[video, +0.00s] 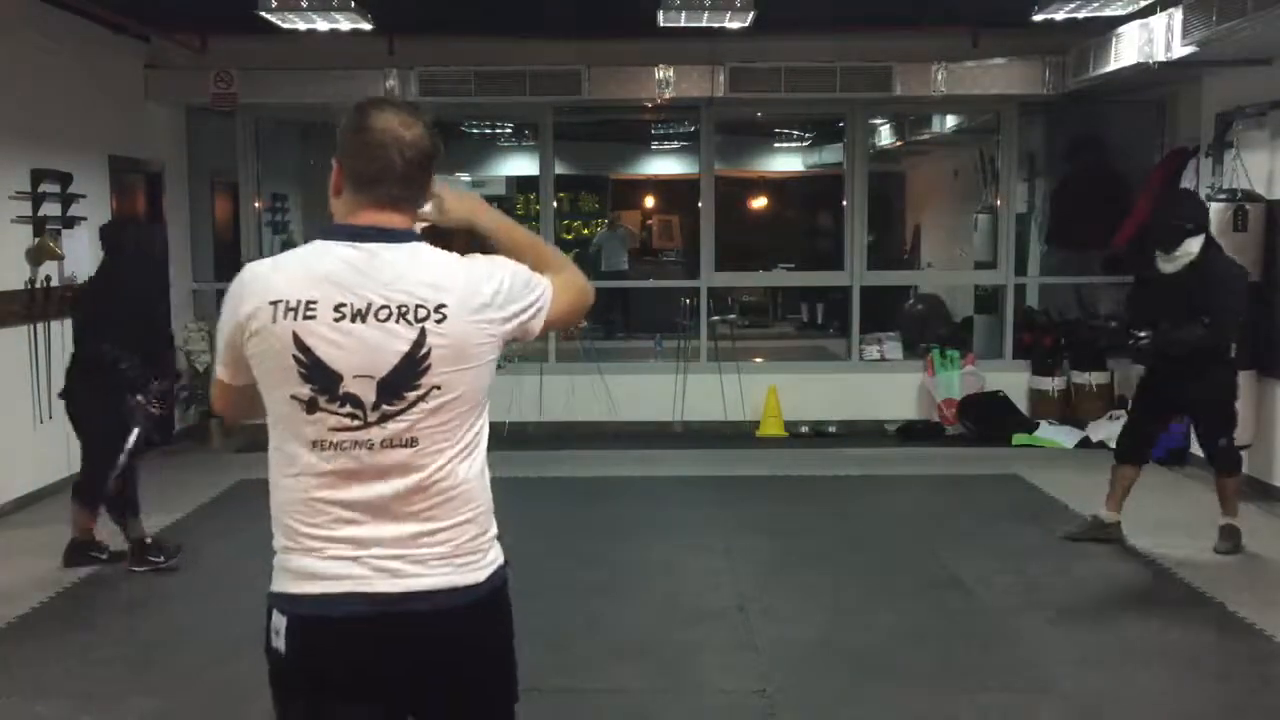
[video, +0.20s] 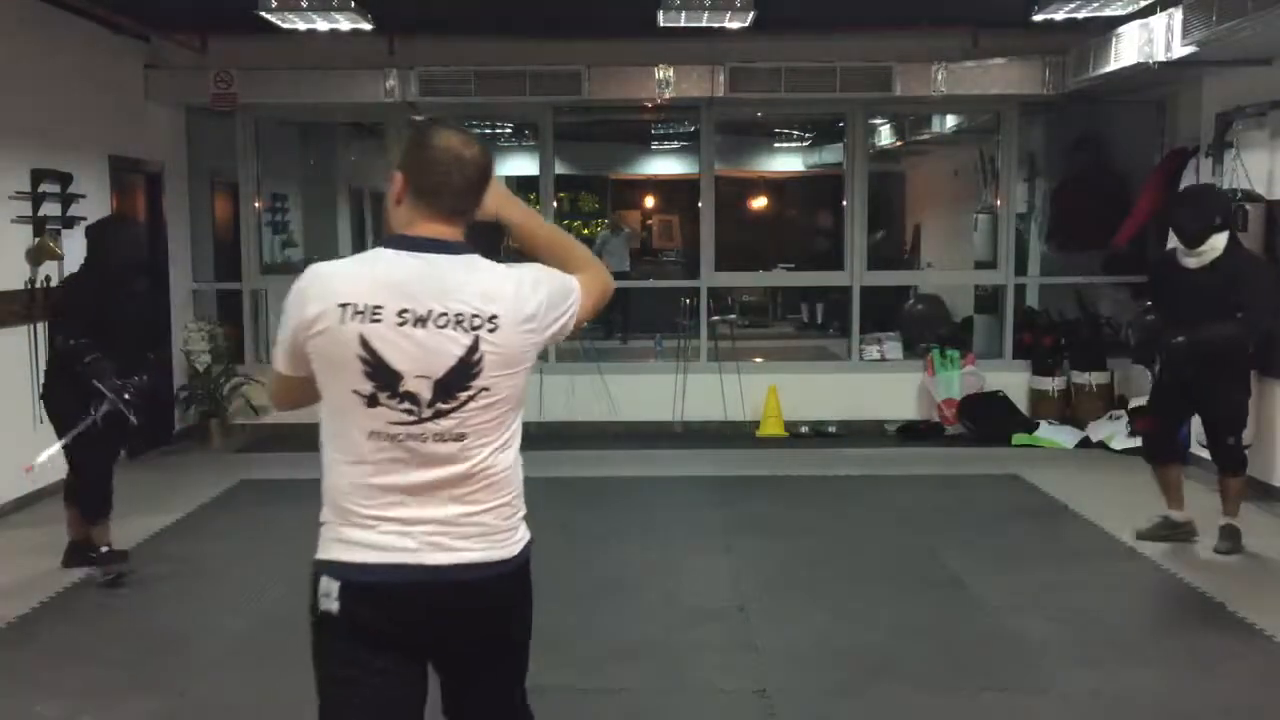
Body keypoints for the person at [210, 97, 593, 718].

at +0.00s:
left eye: (329, 169)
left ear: (336, 178)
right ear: (428, 191)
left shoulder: (261, 287)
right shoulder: (479, 286)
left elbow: (232, 406)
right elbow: (573, 289)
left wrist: (313, 390)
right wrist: (481, 213)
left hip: (317, 616)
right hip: (458, 613)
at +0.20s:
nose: (390, 183)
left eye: (392, 176)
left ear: (398, 186)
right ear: (479, 203)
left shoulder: (323, 289)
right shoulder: (518, 294)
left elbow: (288, 392)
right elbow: (595, 280)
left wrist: (361, 353)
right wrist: (505, 203)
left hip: (361, 574)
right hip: (487, 574)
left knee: (362, 709)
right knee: (495, 708)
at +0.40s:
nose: (440, 169)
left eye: (444, 159)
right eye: (447, 159)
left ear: (452, 168)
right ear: (521, 188)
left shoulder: (379, 261)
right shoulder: (559, 274)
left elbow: (324, 362)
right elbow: (607, 249)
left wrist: (399, 321)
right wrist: (530, 187)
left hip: (408, 539)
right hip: (518, 533)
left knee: (383, 704)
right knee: (512, 700)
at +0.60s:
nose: (458, 170)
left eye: (460, 159)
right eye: (460, 159)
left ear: (469, 170)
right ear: (535, 185)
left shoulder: (403, 258)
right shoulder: (569, 267)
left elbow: (341, 354)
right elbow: (591, 237)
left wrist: (408, 322)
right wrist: (529, 178)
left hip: (426, 516)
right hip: (530, 513)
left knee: (424, 672)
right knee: (517, 681)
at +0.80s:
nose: (458, 181)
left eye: (461, 173)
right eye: (460, 172)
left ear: (469, 183)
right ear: (532, 195)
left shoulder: (409, 270)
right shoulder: (564, 271)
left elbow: (353, 360)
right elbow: (567, 237)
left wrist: (406, 318)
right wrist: (521, 183)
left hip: (435, 506)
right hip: (534, 501)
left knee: (449, 667)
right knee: (520, 668)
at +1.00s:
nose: (447, 188)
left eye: (451, 180)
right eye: (452, 180)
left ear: (457, 189)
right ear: (518, 198)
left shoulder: (402, 272)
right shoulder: (548, 268)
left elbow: (353, 358)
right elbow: (541, 227)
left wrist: (399, 314)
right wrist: (505, 166)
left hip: (430, 490)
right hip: (524, 488)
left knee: (452, 646)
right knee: (531, 640)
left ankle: (464, 716)